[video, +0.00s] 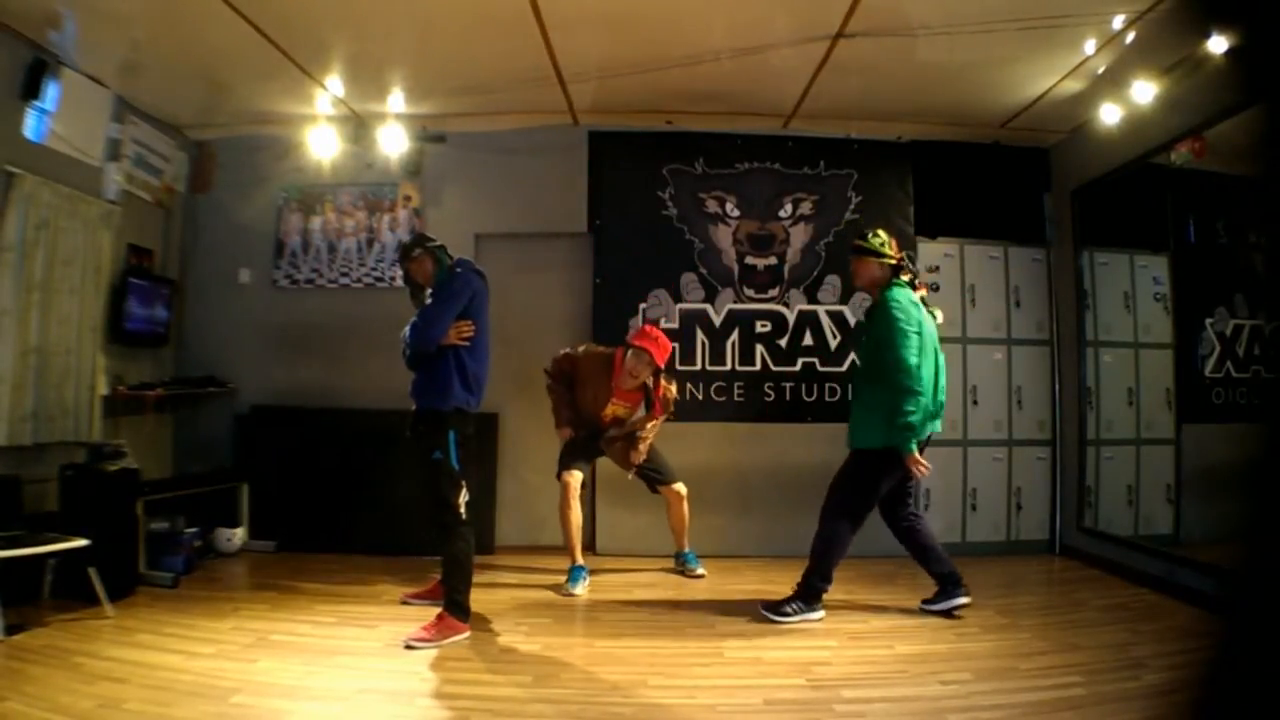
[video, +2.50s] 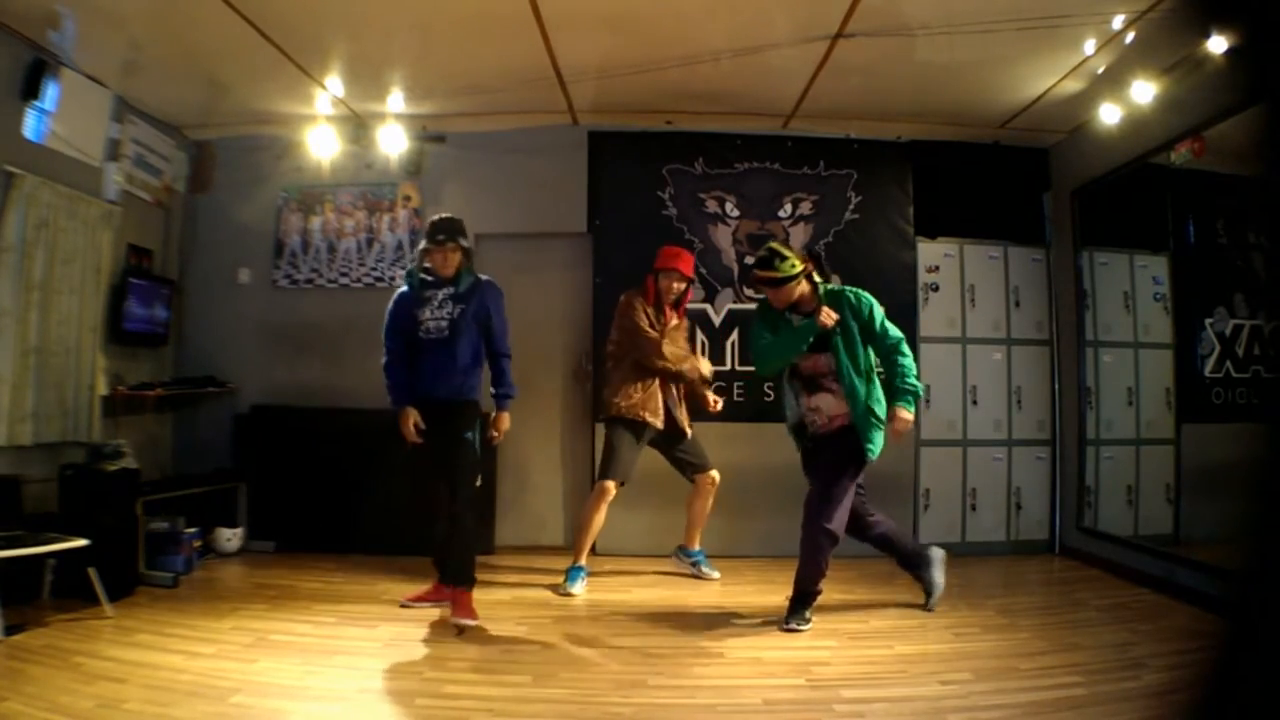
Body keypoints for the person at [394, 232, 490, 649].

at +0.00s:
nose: (413, 276)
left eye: (415, 266)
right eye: (408, 270)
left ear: (431, 256)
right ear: (414, 269)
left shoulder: (463, 278)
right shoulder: (438, 291)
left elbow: (428, 335)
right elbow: (409, 349)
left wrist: (411, 330)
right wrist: (436, 335)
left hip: (453, 409)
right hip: (433, 409)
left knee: (455, 509)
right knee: (441, 502)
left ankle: (456, 614)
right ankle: (447, 581)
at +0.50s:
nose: (410, 287)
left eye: (413, 278)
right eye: (408, 281)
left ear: (431, 265)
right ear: (427, 268)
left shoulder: (472, 279)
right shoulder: (433, 308)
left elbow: (447, 293)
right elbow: (409, 353)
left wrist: (417, 273)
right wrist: (436, 332)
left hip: (453, 407)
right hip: (431, 408)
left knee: (454, 509)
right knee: (440, 502)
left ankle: (456, 613)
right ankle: (447, 582)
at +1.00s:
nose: (428, 276)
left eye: (431, 267)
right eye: (420, 276)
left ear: (445, 263)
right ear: (417, 285)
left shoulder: (473, 283)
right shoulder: (435, 309)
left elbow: (456, 285)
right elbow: (410, 355)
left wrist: (415, 334)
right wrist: (433, 332)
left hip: (454, 407)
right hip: (431, 408)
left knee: (455, 508)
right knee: (443, 503)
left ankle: (455, 613)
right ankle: (448, 582)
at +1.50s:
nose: (428, 280)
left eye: (430, 271)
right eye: (420, 279)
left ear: (444, 264)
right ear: (417, 286)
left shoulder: (471, 280)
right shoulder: (434, 309)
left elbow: (455, 295)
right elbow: (411, 355)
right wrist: (434, 333)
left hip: (454, 406)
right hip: (431, 408)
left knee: (455, 508)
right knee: (442, 502)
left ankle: (455, 614)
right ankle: (447, 582)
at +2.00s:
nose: (415, 282)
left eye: (415, 272)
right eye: (411, 275)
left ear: (429, 263)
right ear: (426, 266)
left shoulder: (461, 285)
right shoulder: (445, 292)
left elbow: (445, 356)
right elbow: (424, 344)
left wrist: (412, 359)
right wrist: (427, 359)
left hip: (452, 413)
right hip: (435, 412)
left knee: (454, 509)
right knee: (439, 501)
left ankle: (456, 614)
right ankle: (445, 582)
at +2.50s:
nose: (439, 257)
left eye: (447, 250)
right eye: (434, 250)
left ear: (462, 251)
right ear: (426, 253)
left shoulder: (483, 292)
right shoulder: (408, 295)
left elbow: (499, 352)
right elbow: (393, 354)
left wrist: (503, 404)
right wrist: (402, 404)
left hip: (464, 405)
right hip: (424, 406)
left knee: (461, 497)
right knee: (432, 494)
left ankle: (462, 591)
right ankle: (444, 582)